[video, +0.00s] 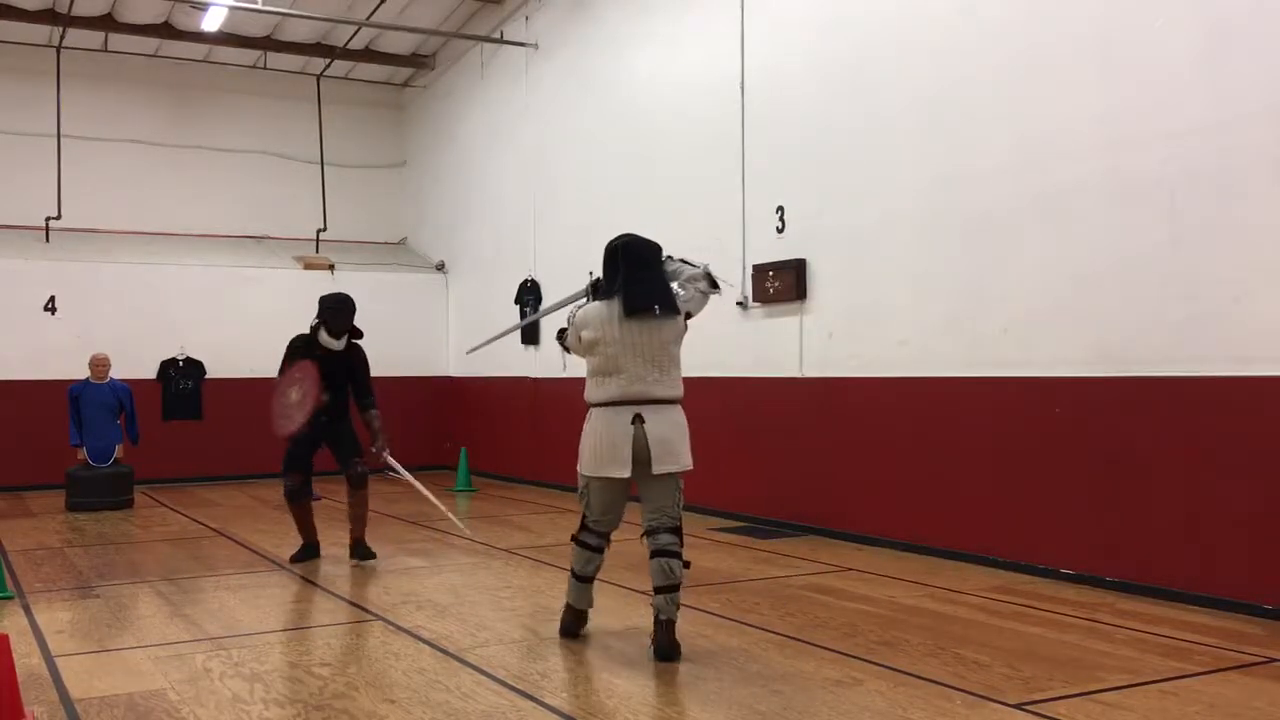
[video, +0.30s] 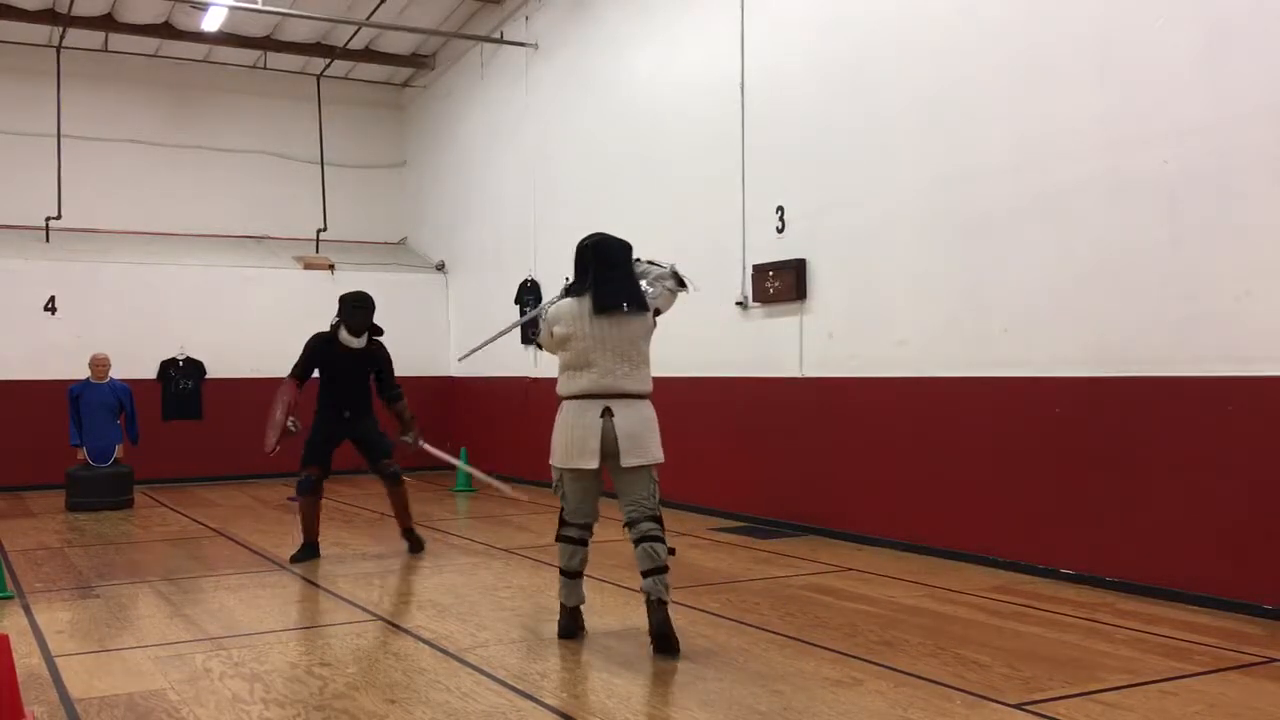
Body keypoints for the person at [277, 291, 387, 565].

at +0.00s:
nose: (339, 334)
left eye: (345, 328)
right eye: (334, 327)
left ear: (351, 325)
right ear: (322, 321)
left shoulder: (354, 353)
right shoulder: (300, 346)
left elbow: (366, 399)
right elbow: (284, 388)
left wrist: (378, 436)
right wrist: (307, 402)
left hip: (339, 424)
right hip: (304, 424)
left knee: (358, 474)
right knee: (294, 484)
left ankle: (358, 542)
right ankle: (310, 543)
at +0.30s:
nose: (359, 320)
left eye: (364, 314)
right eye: (354, 313)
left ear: (372, 317)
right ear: (342, 314)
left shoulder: (376, 350)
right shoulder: (320, 344)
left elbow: (391, 391)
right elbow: (295, 380)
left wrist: (409, 425)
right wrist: (285, 414)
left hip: (362, 421)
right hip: (327, 421)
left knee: (392, 473)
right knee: (309, 481)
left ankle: (408, 531)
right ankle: (310, 544)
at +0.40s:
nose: (369, 320)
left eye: (374, 315)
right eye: (364, 314)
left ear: (381, 318)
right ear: (352, 316)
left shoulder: (388, 351)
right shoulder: (332, 345)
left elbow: (405, 393)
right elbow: (306, 383)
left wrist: (423, 425)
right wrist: (296, 423)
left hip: (375, 422)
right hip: (339, 422)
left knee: (399, 478)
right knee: (320, 479)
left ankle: (417, 536)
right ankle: (311, 544)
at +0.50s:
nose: (378, 321)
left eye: (384, 315)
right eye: (373, 315)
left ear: (391, 319)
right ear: (362, 316)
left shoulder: (398, 351)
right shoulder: (344, 346)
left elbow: (417, 393)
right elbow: (325, 385)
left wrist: (438, 428)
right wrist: (323, 422)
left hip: (387, 422)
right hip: (353, 421)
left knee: (407, 479)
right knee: (329, 478)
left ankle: (417, 536)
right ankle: (313, 540)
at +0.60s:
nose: (385, 330)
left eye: (391, 326)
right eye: (380, 326)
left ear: (398, 324)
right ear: (370, 321)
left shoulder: (406, 350)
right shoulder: (354, 346)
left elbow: (424, 390)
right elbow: (340, 382)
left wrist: (439, 423)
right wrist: (354, 402)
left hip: (394, 420)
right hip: (360, 420)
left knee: (411, 477)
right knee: (337, 473)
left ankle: (418, 536)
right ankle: (318, 536)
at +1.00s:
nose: (381, 323)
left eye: (387, 318)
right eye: (378, 316)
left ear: (397, 319)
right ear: (371, 317)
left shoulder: (407, 347)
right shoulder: (356, 341)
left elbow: (428, 388)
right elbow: (344, 377)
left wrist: (410, 384)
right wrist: (363, 369)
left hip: (394, 415)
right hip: (363, 414)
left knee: (409, 473)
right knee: (344, 471)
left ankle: (419, 536)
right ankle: (346, 524)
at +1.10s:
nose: (374, 328)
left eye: (380, 323)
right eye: (370, 322)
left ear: (390, 324)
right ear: (363, 320)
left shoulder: (398, 349)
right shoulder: (348, 345)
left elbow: (418, 383)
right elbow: (335, 380)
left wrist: (416, 393)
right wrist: (344, 374)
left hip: (387, 415)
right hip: (356, 415)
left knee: (404, 472)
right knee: (341, 473)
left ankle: (418, 535)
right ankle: (345, 528)